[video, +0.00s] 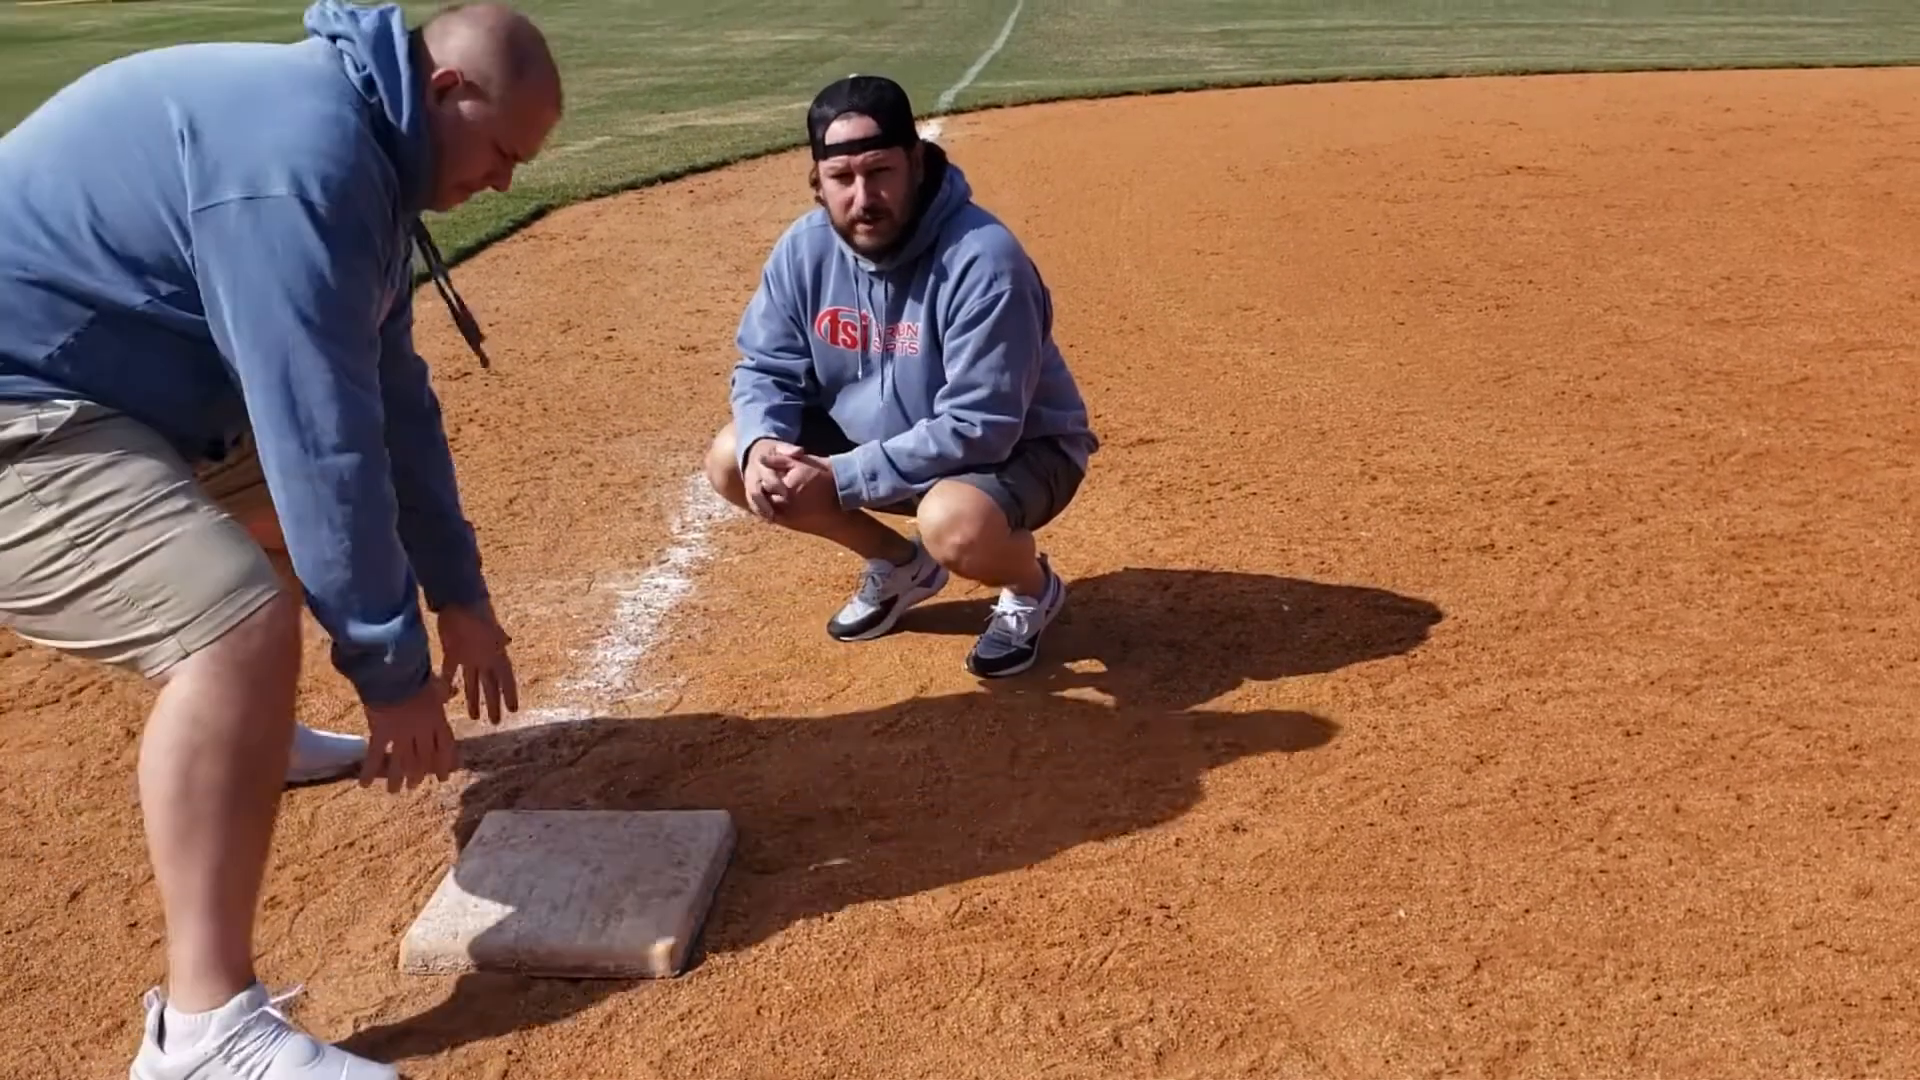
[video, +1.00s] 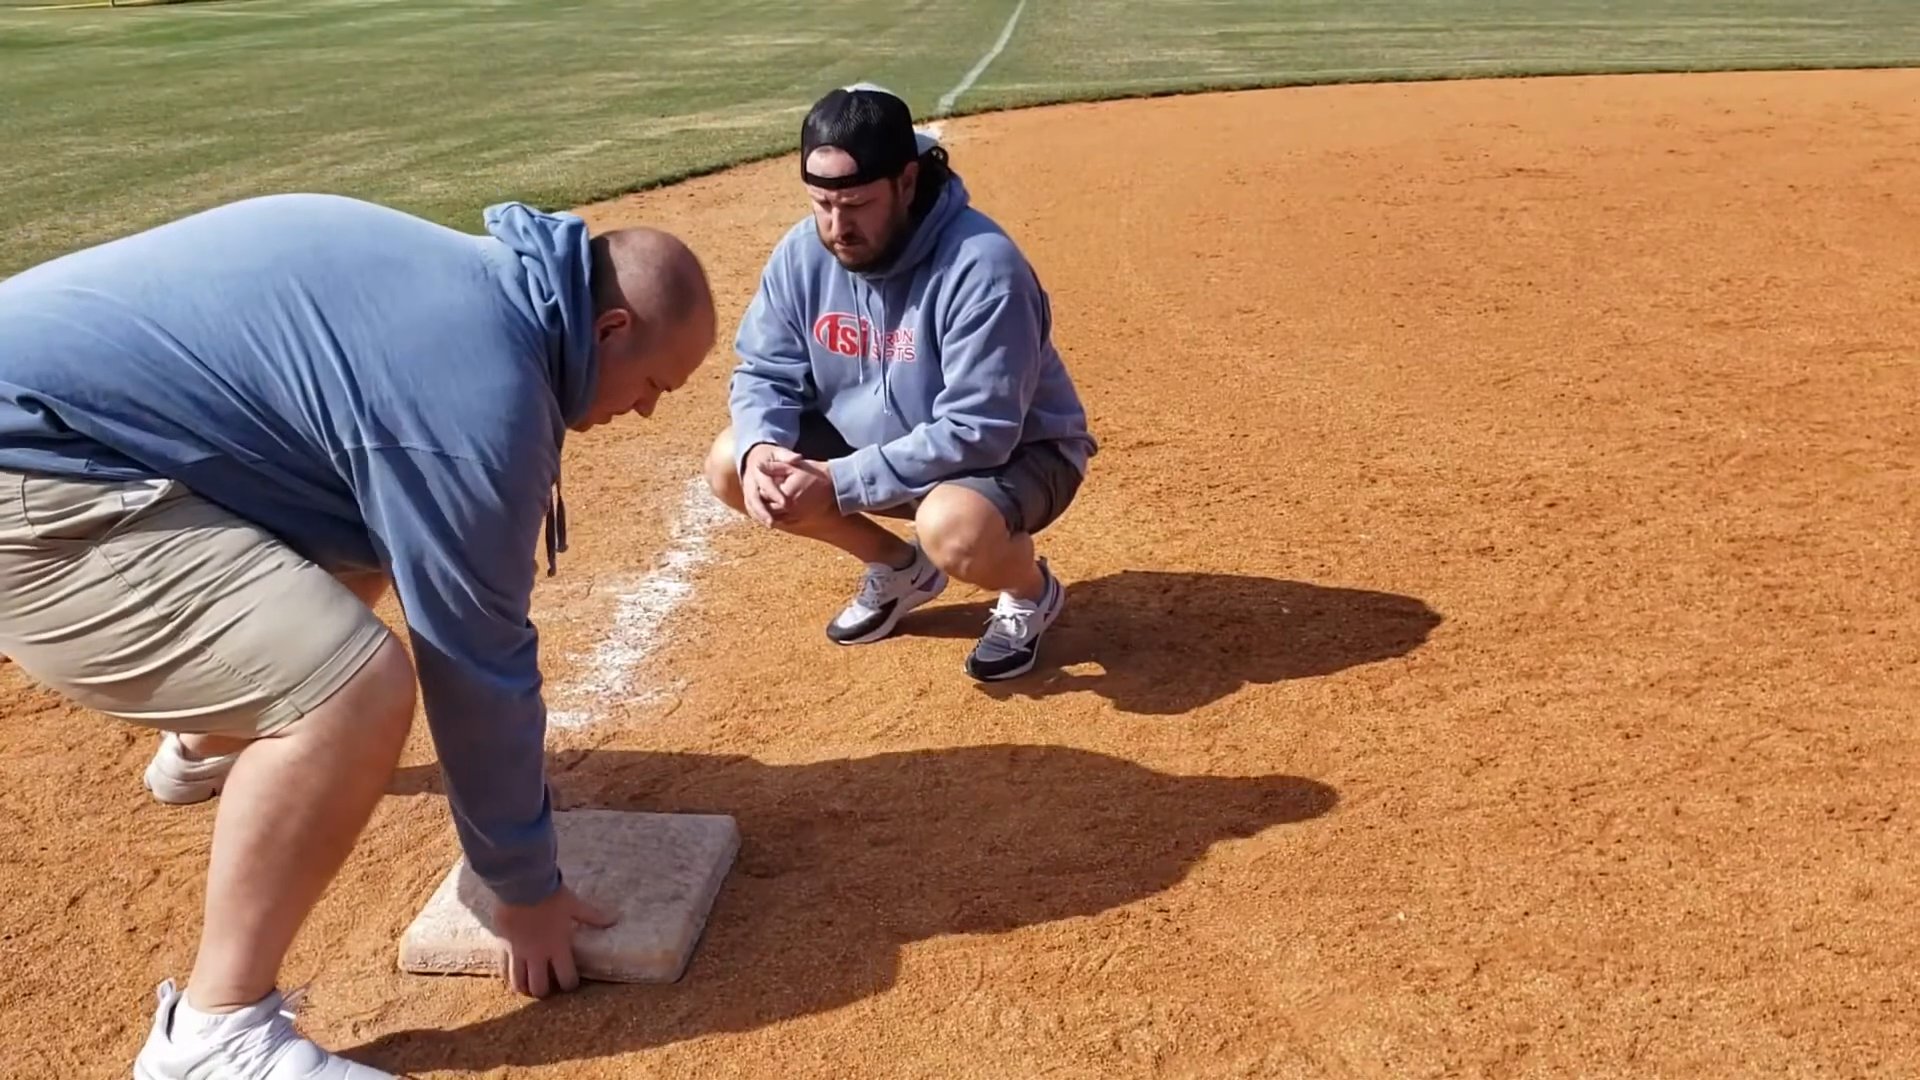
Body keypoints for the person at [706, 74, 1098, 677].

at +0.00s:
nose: (863, 198)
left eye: (880, 172)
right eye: (840, 177)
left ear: (918, 163)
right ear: (818, 181)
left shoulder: (984, 264)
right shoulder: (804, 250)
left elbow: (978, 430)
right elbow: (766, 367)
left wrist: (841, 479)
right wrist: (762, 443)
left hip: (1022, 448)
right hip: (885, 441)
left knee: (953, 523)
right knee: (734, 461)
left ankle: (1034, 589)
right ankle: (899, 563)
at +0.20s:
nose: (863, 200)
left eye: (880, 173)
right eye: (841, 178)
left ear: (918, 164)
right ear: (818, 182)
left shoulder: (984, 265)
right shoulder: (804, 251)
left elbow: (980, 429)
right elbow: (765, 368)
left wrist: (843, 481)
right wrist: (763, 442)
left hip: (1022, 449)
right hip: (884, 442)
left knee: (953, 525)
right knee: (735, 463)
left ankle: (1032, 590)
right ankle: (899, 563)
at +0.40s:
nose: (858, 202)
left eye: (876, 177)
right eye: (838, 180)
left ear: (917, 164)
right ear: (817, 179)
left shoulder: (985, 264)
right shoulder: (804, 251)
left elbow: (981, 428)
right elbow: (766, 367)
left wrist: (843, 480)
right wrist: (762, 441)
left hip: (1021, 448)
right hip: (882, 441)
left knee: (953, 525)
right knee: (735, 463)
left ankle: (1033, 590)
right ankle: (899, 563)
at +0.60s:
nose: (847, 214)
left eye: (866, 190)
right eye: (830, 192)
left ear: (912, 171)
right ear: (813, 184)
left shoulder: (984, 266)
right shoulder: (804, 251)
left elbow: (981, 429)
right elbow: (766, 367)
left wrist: (843, 481)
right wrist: (762, 442)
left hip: (1020, 450)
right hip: (882, 443)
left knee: (953, 525)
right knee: (735, 464)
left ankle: (1033, 591)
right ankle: (899, 563)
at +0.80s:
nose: (840, 223)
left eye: (861, 200)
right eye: (824, 199)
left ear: (909, 178)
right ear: (808, 187)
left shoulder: (983, 269)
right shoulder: (802, 254)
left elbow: (979, 432)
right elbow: (765, 370)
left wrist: (841, 482)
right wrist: (761, 445)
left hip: (1020, 452)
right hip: (883, 445)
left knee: (953, 527)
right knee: (735, 465)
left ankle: (1033, 593)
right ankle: (898, 565)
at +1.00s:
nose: (837, 226)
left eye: (857, 204)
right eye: (822, 204)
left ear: (907, 182)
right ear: (808, 191)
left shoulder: (983, 271)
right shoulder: (801, 255)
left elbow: (978, 434)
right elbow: (765, 370)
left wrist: (839, 483)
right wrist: (761, 446)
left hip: (1020, 453)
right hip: (882, 446)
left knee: (951, 527)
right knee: (734, 465)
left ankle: (1032, 593)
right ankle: (897, 565)